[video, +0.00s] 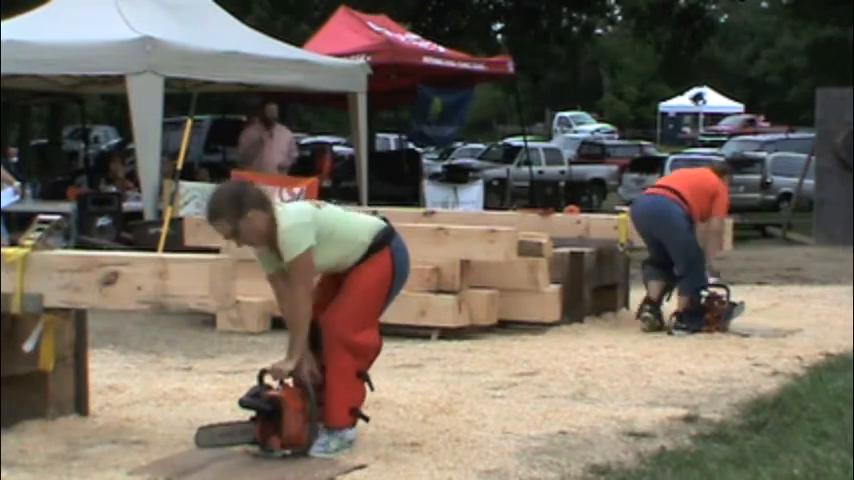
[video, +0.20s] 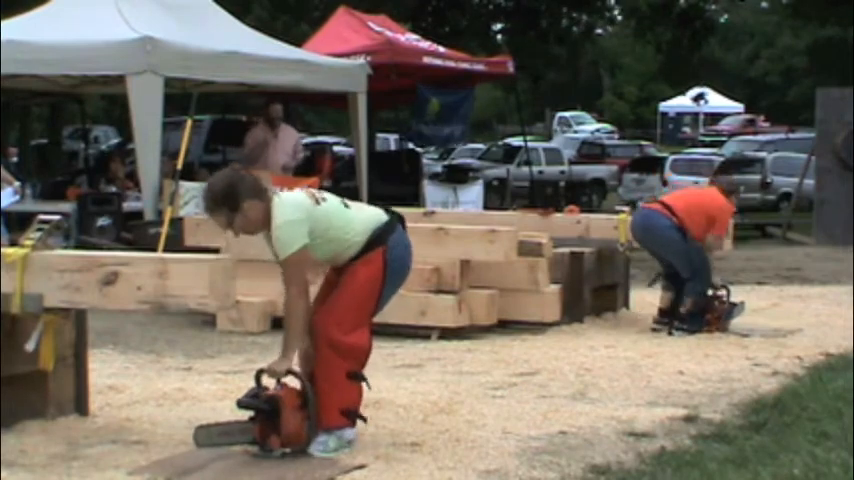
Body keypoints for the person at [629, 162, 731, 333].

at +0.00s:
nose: (728, 183)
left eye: (728, 180)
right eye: (728, 180)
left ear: (710, 170)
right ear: (724, 177)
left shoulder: (690, 174)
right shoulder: (719, 187)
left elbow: (697, 226)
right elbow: (715, 228)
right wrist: (711, 263)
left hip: (642, 203)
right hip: (670, 208)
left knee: (661, 261)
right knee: (691, 263)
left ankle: (651, 305)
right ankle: (684, 315)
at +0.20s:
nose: (735, 202)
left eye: (736, 198)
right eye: (735, 198)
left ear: (714, 186)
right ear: (732, 196)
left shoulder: (702, 192)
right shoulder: (724, 206)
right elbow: (714, 242)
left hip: (641, 216)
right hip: (662, 223)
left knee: (674, 271)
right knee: (698, 271)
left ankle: (665, 313)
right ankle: (688, 318)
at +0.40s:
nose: (734, 179)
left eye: (737, 175)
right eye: (733, 172)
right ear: (725, 164)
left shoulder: (711, 192)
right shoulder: (707, 156)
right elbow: (684, 158)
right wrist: (706, 183)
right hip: (658, 205)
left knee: (675, 261)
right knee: (680, 263)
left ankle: (665, 311)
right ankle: (689, 319)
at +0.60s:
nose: (731, 163)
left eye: (733, 159)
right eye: (730, 157)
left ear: (724, 155)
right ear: (721, 152)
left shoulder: (712, 178)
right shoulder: (695, 156)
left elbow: (707, 210)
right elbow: (667, 181)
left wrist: (715, 243)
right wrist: (677, 220)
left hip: (664, 208)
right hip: (649, 200)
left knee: (674, 260)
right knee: (665, 260)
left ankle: (673, 318)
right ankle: (663, 320)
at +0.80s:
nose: (722, 153)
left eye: (723, 148)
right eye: (722, 148)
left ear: (707, 138)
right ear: (715, 146)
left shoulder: (691, 147)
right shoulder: (693, 166)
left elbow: (696, 177)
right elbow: (672, 197)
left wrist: (706, 192)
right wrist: (686, 226)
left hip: (645, 198)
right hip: (653, 205)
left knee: (663, 261)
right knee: (668, 262)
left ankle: (662, 314)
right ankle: (663, 318)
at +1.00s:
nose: (715, 142)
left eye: (717, 138)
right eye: (715, 137)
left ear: (695, 129)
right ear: (707, 135)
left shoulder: (678, 139)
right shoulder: (693, 153)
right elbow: (689, 189)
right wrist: (698, 213)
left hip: (645, 199)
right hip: (661, 206)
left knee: (660, 263)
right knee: (673, 265)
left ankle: (659, 314)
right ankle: (664, 320)